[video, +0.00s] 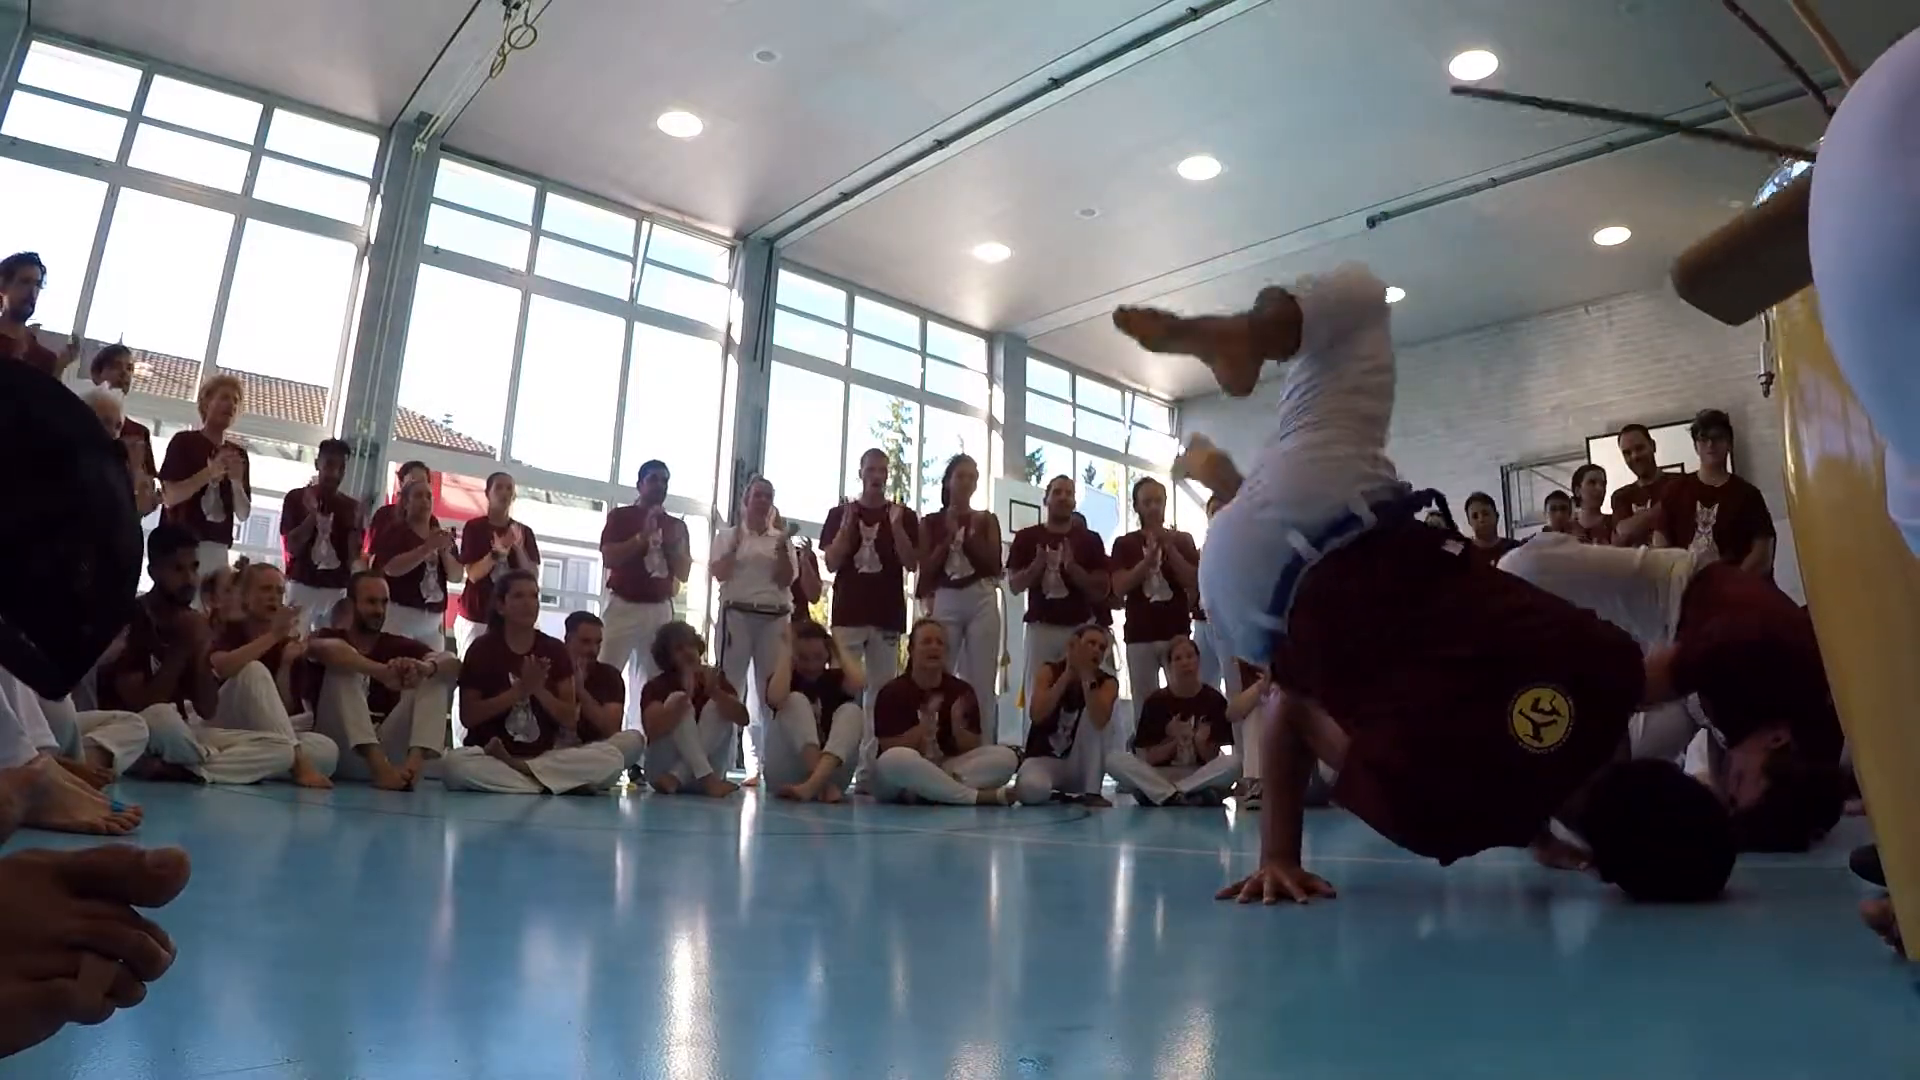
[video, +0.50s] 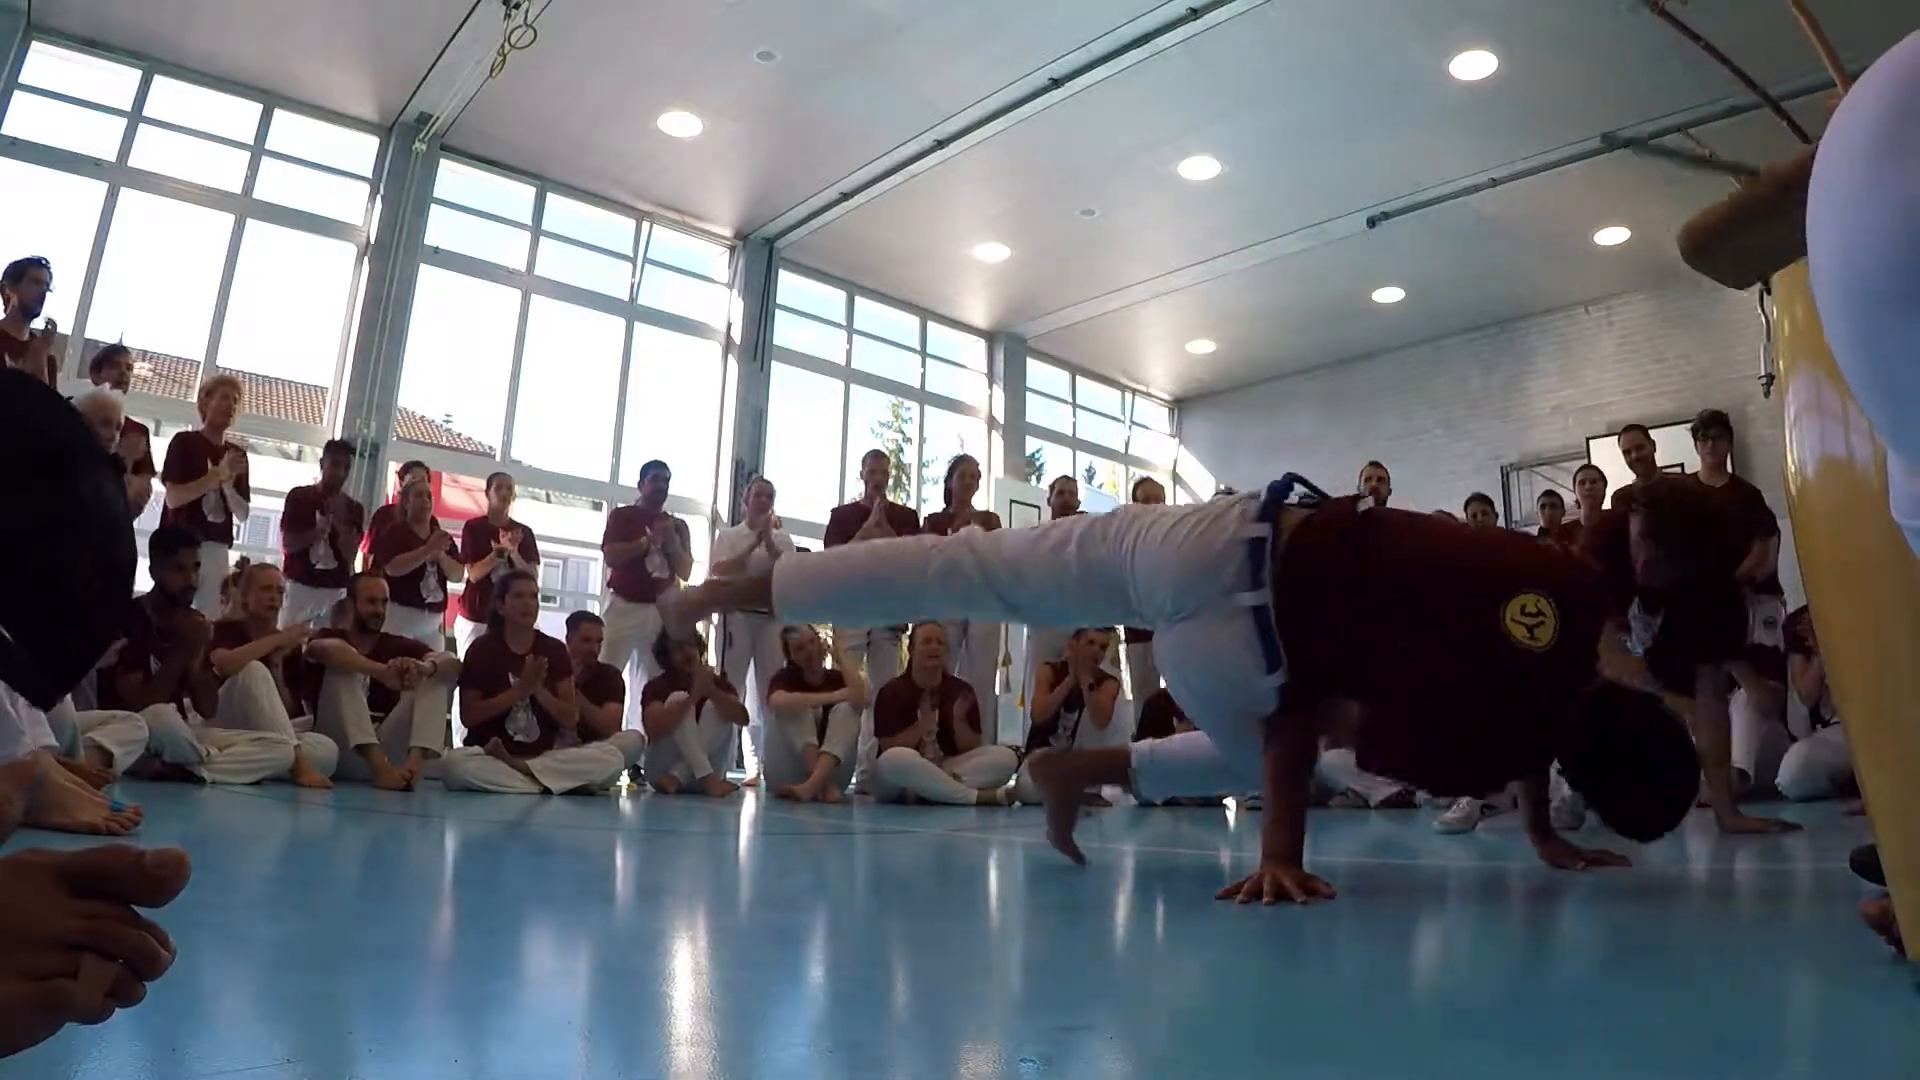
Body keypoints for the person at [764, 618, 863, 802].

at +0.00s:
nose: (811, 665)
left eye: (818, 657)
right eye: (804, 658)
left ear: (828, 655)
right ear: (792, 656)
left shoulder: (835, 678)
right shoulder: (780, 679)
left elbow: (858, 684)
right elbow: (776, 699)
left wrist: (838, 650)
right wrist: (787, 648)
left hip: (832, 778)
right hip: (785, 776)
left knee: (851, 710)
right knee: (796, 700)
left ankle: (812, 785)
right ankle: (824, 783)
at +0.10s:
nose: (811, 664)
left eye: (818, 656)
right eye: (804, 657)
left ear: (827, 654)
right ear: (794, 656)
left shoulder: (836, 679)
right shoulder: (780, 680)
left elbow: (859, 687)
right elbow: (775, 701)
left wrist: (839, 656)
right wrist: (791, 653)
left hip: (832, 779)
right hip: (785, 777)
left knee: (851, 711)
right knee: (797, 701)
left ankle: (812, 785)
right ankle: (824, 783)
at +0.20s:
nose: (806, 657)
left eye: (812, 649)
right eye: (799, 652)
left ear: (821, 648)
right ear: (790, 653)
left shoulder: (836, 679)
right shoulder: (781, 679)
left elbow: (860, 695)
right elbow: (773, 703)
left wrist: (838, 659)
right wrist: (807, 668)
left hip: (831, 778)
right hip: (785, 776)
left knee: (847, 711)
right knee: (796, 700)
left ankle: (812, 785)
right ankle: (824, 783)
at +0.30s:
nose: (810, 655)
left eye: (814, 647)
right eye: (801, 653)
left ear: (823, 645)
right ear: (791, 658)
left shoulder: (839, 679)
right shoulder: (785, 678)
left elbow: (860, 696)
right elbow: (775, 701)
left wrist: (844, 664)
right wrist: (817, 683)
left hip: (832, 778)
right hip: (785, 776)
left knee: (846, 709)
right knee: (795, 702)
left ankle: (812, 785)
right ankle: (825, 783)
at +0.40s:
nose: (810, 653)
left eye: (812, 644)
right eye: (800, 651)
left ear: (822, 644)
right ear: (790, 657)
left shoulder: (836, 678)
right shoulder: (784, 679)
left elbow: (861, 699)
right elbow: (776, 702)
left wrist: (840, 659)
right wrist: (839, 690)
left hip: (832, 778)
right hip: (786, 777)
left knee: (846, 709)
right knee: (794, 703)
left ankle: (812, 784)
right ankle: (825, 783)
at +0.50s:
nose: (810, 651)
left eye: (813, 642)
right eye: (800, 649)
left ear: (821, 644)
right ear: (790, 656)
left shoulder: (837, 678)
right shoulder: (784, 677)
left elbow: (861, 699)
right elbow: (777, 701)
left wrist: (840, 658)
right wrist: (833, 697)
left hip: (832, 779)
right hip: (786, 777)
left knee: (845, 709)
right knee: (795, 704)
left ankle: (812, 785)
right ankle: (824, 784)